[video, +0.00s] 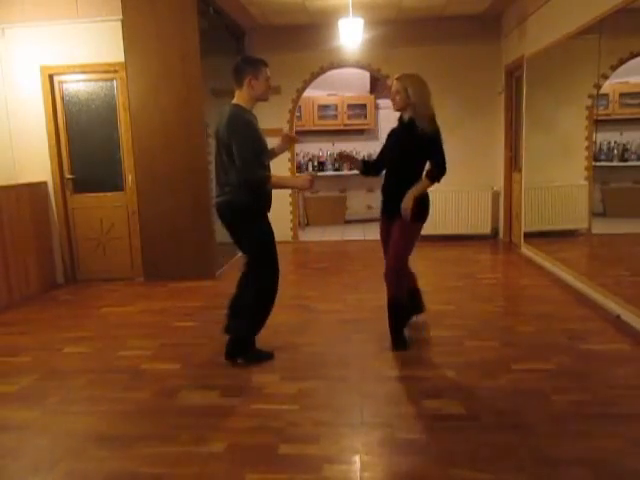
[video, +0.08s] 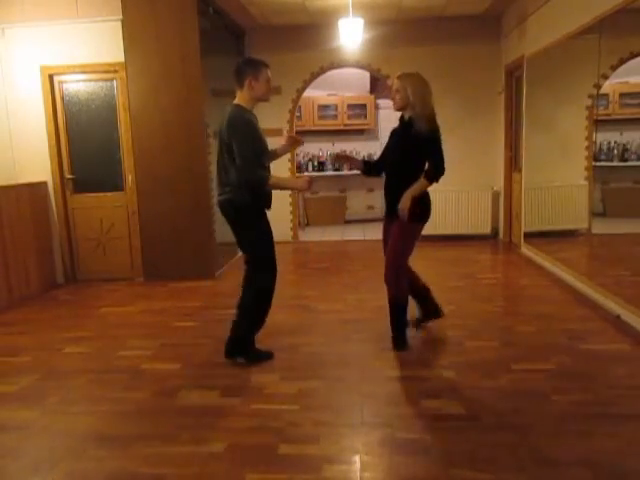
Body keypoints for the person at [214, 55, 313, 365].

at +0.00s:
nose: (270, 85)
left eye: (269, 79)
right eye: (266, 79)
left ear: (247, 82)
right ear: (251, 82)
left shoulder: (235, 116)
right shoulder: (241, 119)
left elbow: (252, 161)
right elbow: (253, 174)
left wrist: (282, 147)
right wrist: (294, 182)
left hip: (235, 205)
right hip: (244, 207)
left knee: (258, 265)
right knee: (266, 271)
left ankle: (236, 326)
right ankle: (242, 344)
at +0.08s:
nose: (271, 86)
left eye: (270, 80)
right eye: (267, 80)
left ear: (249, 83)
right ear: (251, 82)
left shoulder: (240, 116)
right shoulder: (241, 119)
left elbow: (257, 160)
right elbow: (253, 174)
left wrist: (286, 148)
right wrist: (292, 183)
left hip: (242, 203)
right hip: (243, 205)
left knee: (259, 268)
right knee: (264, 269)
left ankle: (242, 340)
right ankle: (242, 343)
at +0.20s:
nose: (272, 87)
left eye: (270, 82)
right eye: (267, 82)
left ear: (251, 85)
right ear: (250, 85)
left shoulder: (251, 119)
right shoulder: (237, 122)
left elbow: (264, 158)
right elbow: (241, 176)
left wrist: (293, 155)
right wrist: (278, 194)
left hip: (250, 201)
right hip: (239, 204)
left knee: (259, 261)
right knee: (266, 263)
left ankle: (239, 324)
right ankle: (240, 328)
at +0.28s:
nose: (271, 88)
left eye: (270, 83)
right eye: (266, 83)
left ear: (252, 86)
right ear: (248, 85)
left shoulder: (256, 120)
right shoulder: (234, 122)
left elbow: (273, 156)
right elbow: (233, 177)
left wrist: (303, 160)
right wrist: (263, 199)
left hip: (252, 201)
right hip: (238, 201)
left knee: (259, 256)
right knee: (270, 257)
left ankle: (243, 310)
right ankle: (241, 316)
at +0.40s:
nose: (269, 88)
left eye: (269, 83)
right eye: (264, 83)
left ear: (256, 86)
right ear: (245, 85)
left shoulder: (263, 121)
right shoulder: (226, 120)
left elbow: (282, 156)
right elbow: (214, 170)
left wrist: (310, 170)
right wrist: (239, 199)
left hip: (262, 197)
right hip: (239, 200)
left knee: (258, 254)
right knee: (267, 256)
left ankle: (247, 303)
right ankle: (242, 300)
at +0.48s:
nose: (269, 87)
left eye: (269, 82)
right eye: (263, 82)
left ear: (262, 86)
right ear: (245, 85)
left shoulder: (265, 122)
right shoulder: (226, 119)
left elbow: (286, 157)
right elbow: (207, 164)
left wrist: (317, 173)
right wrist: (230, 196)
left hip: (263, 197)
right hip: (238, 199)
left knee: (261, 258)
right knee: (258, 257)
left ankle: (248, 302)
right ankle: (243, 303)